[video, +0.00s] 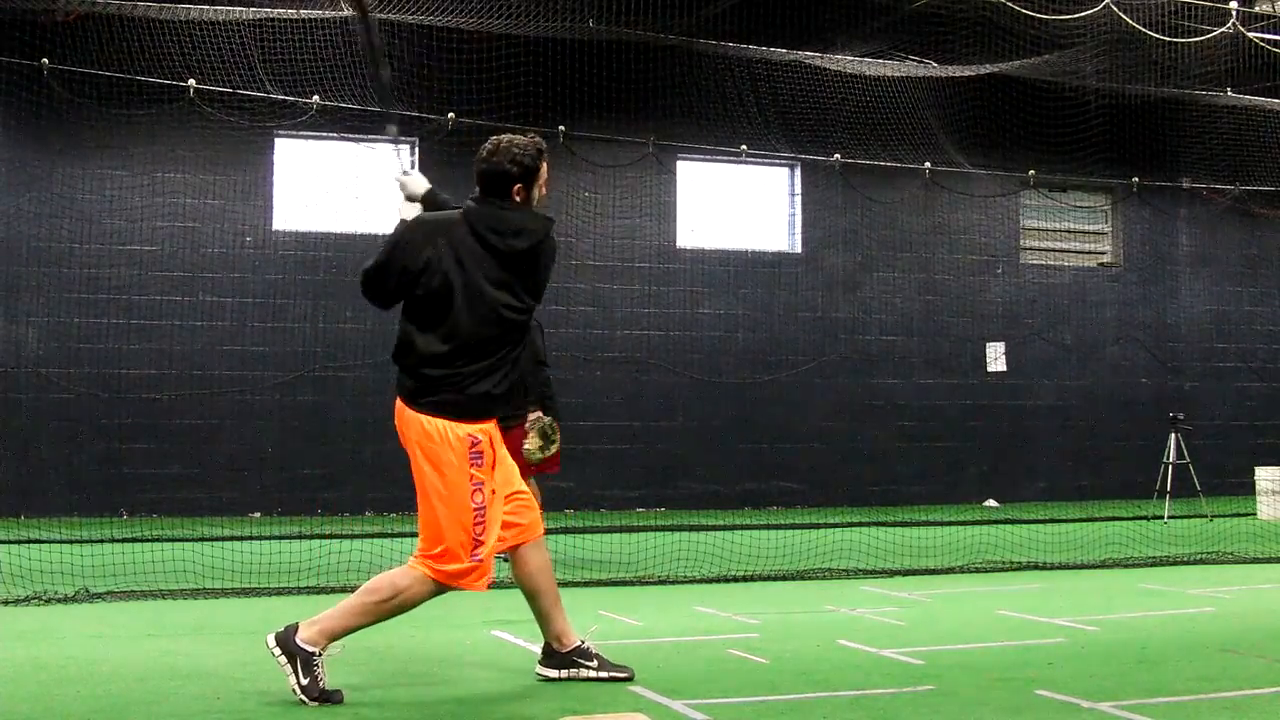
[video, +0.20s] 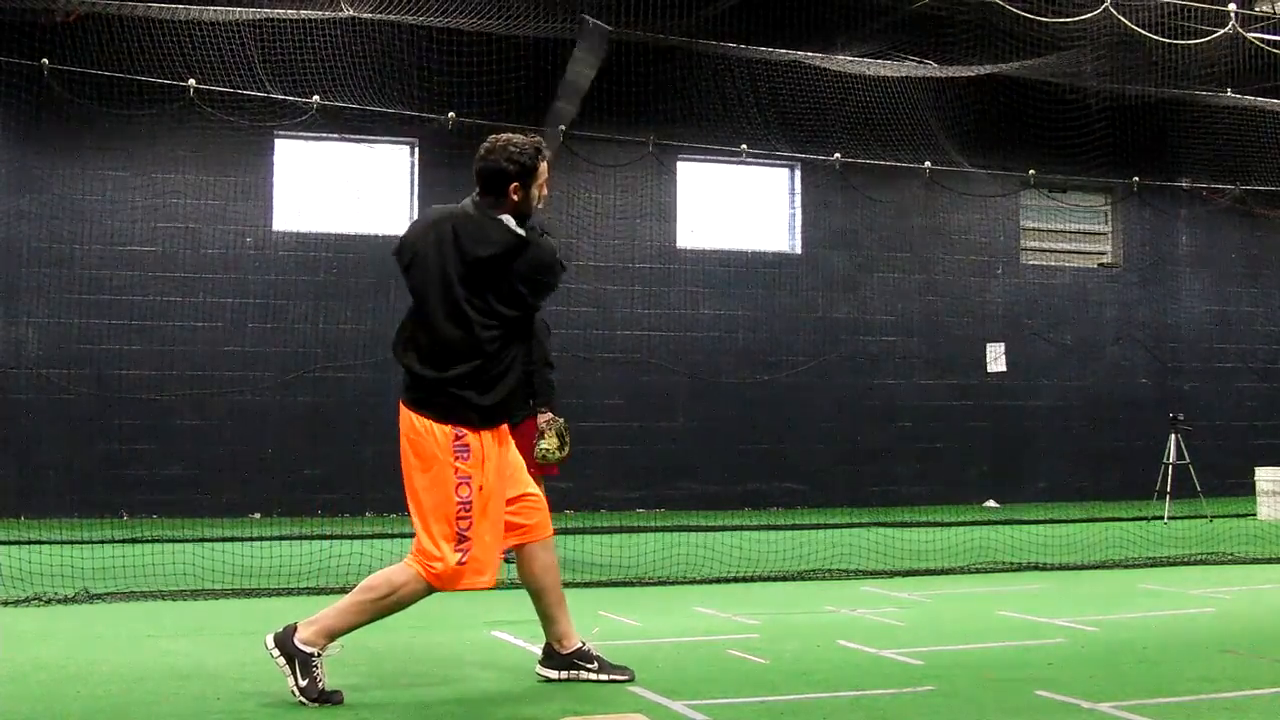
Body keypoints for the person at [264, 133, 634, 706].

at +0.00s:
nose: (546, 189)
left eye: (546, 180)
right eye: (544, 182)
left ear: (483, 186)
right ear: (523, 189)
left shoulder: (427, 233)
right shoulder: (536, 238)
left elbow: (378, 289)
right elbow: (486, 234)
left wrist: (410, 219)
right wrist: (436, 202)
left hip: (449, 414)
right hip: (458, 420)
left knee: (522, 523)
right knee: (448, 563)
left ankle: (563, 648)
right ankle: (306, 639)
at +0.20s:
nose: (544, 194)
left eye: (545, 184)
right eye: (542, 185)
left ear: (483, 185)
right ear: (517, 190)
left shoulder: (429, 230)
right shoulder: (527, 253)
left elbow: (407, 262)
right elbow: (545, 271)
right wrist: (527, 216)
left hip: (476, 418)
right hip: (450, 421)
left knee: (531, 523)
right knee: (443, 560)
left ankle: (564, 650)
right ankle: (304, 640)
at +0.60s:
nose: (571, 198)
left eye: (572, 188)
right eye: (564, 188)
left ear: (526, 187)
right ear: (529, 187)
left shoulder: (506, 223)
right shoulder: (509, 254)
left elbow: (547, 305)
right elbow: (543, 349)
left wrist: (598, 339)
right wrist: (614, 371)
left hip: (497, 409)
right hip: (450, 414)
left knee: (550, 518)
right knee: (436, 552)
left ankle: (565, 647)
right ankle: (304, 636)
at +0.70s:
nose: (578, 202)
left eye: (580, 191)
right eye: (573, 192)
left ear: (538, 187)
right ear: (536, 188)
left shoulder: (523, 224)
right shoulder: (509, 255)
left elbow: (547, 318)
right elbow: (534, 361)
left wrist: (591, 368)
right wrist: (595, 398)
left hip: (501, 405)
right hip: (450, 413)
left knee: (554, 513)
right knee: (432, 549)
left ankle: (566, 646)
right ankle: (304, 637)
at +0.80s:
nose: (584, 206)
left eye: (587, 196)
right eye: (578, 196)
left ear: (553, 188)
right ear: (543, 188)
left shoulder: (540, 231)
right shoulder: (509, 255)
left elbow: (551, 321)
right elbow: (512, 364)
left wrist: (574, 379)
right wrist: (572, 411)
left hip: (511, 404)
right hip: (453, 408)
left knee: (561, 512)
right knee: (427, 538)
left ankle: (567, 645)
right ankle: (306, 639)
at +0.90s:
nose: (590, 203)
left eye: (594, 193)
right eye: (584, 192)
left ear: (572, 185)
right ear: (548, 183)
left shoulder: (557, 229)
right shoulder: (506, 251)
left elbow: (564, 315)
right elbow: (493, 359)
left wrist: (565, 377)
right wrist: (550, 408)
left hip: (521, 401)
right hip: (458, 402)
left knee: (569, 512)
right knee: (418, 527)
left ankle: (567, 645)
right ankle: (311, 636)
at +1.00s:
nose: (592, 198)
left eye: (597, 188)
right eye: (586, 187)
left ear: (584, 182)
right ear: (551, 176)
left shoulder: (570, 230)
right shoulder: (494, 244)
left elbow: (577, 312)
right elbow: (464, 346)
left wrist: (561, 372)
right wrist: (529, 395)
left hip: (527, 398)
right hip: (457, 397)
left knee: (573, 513)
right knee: (405, 517)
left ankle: (567, 644)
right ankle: (312, 636)